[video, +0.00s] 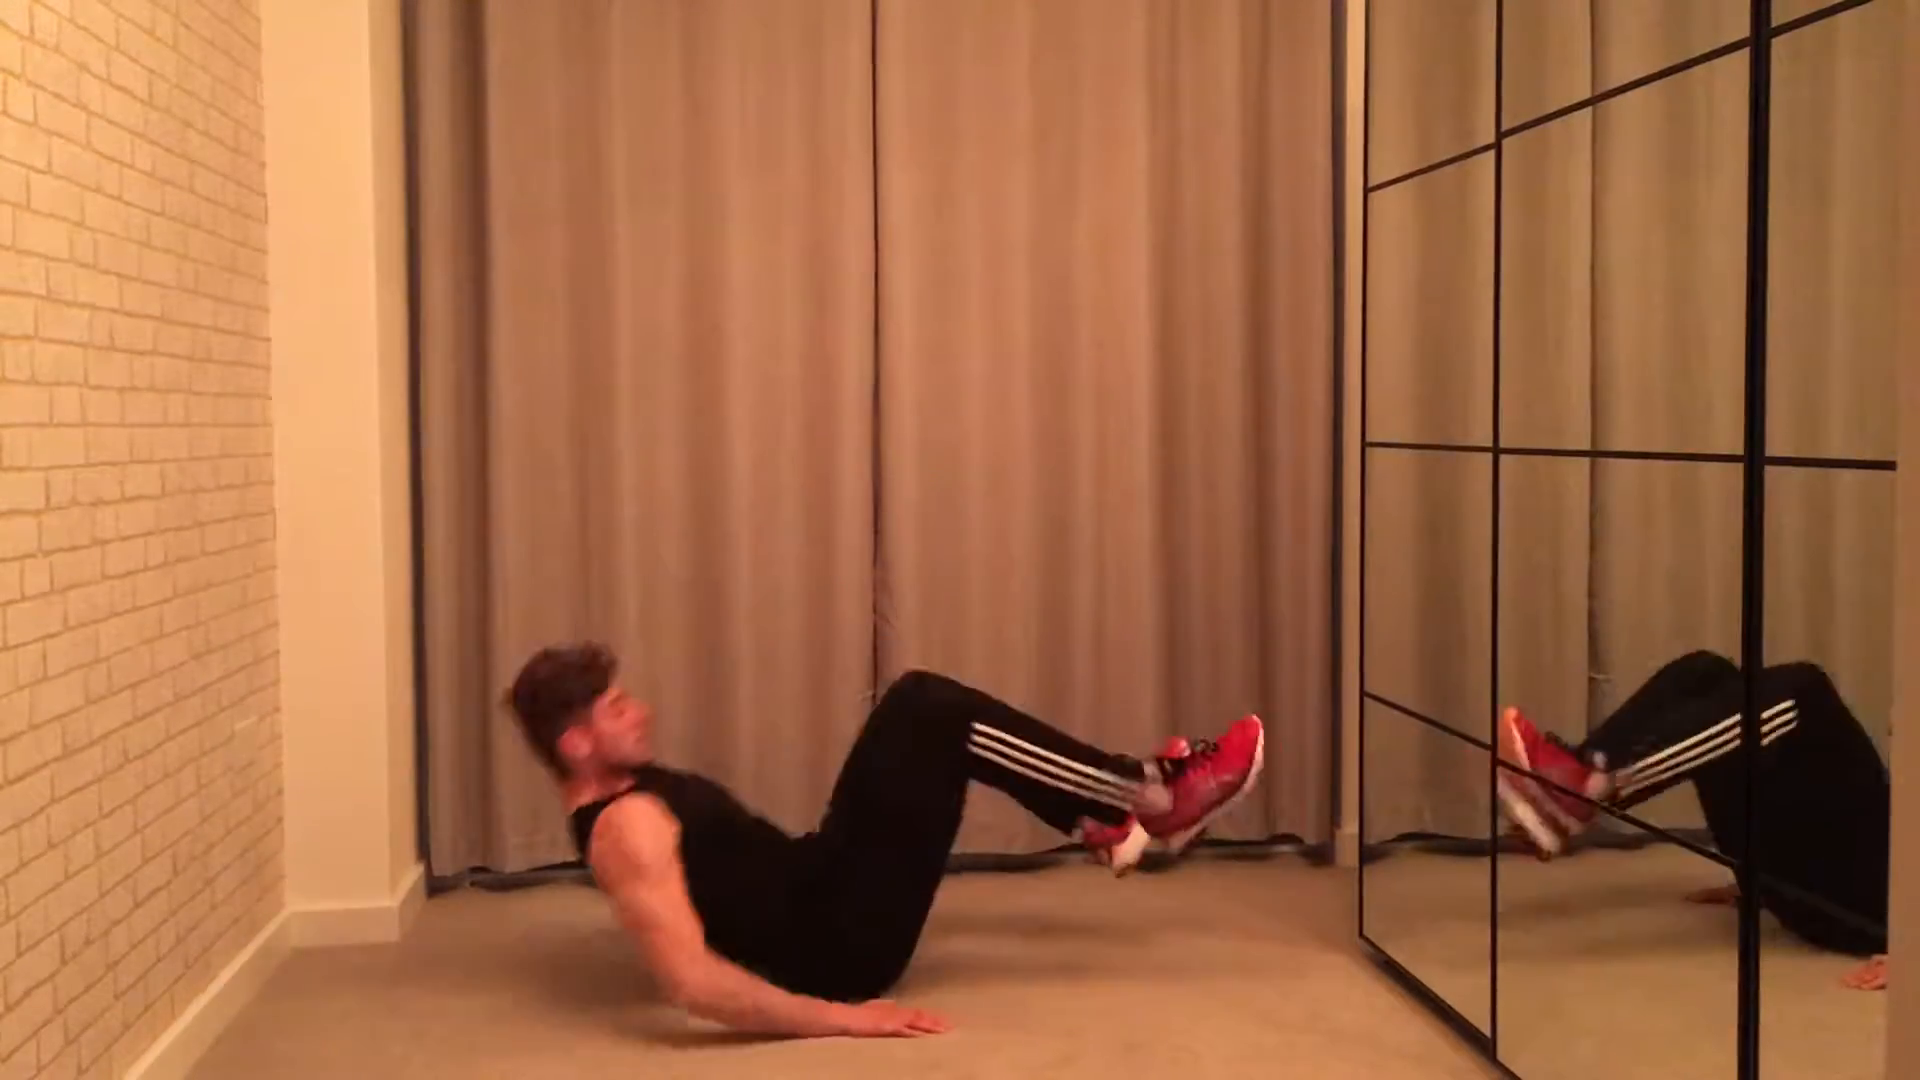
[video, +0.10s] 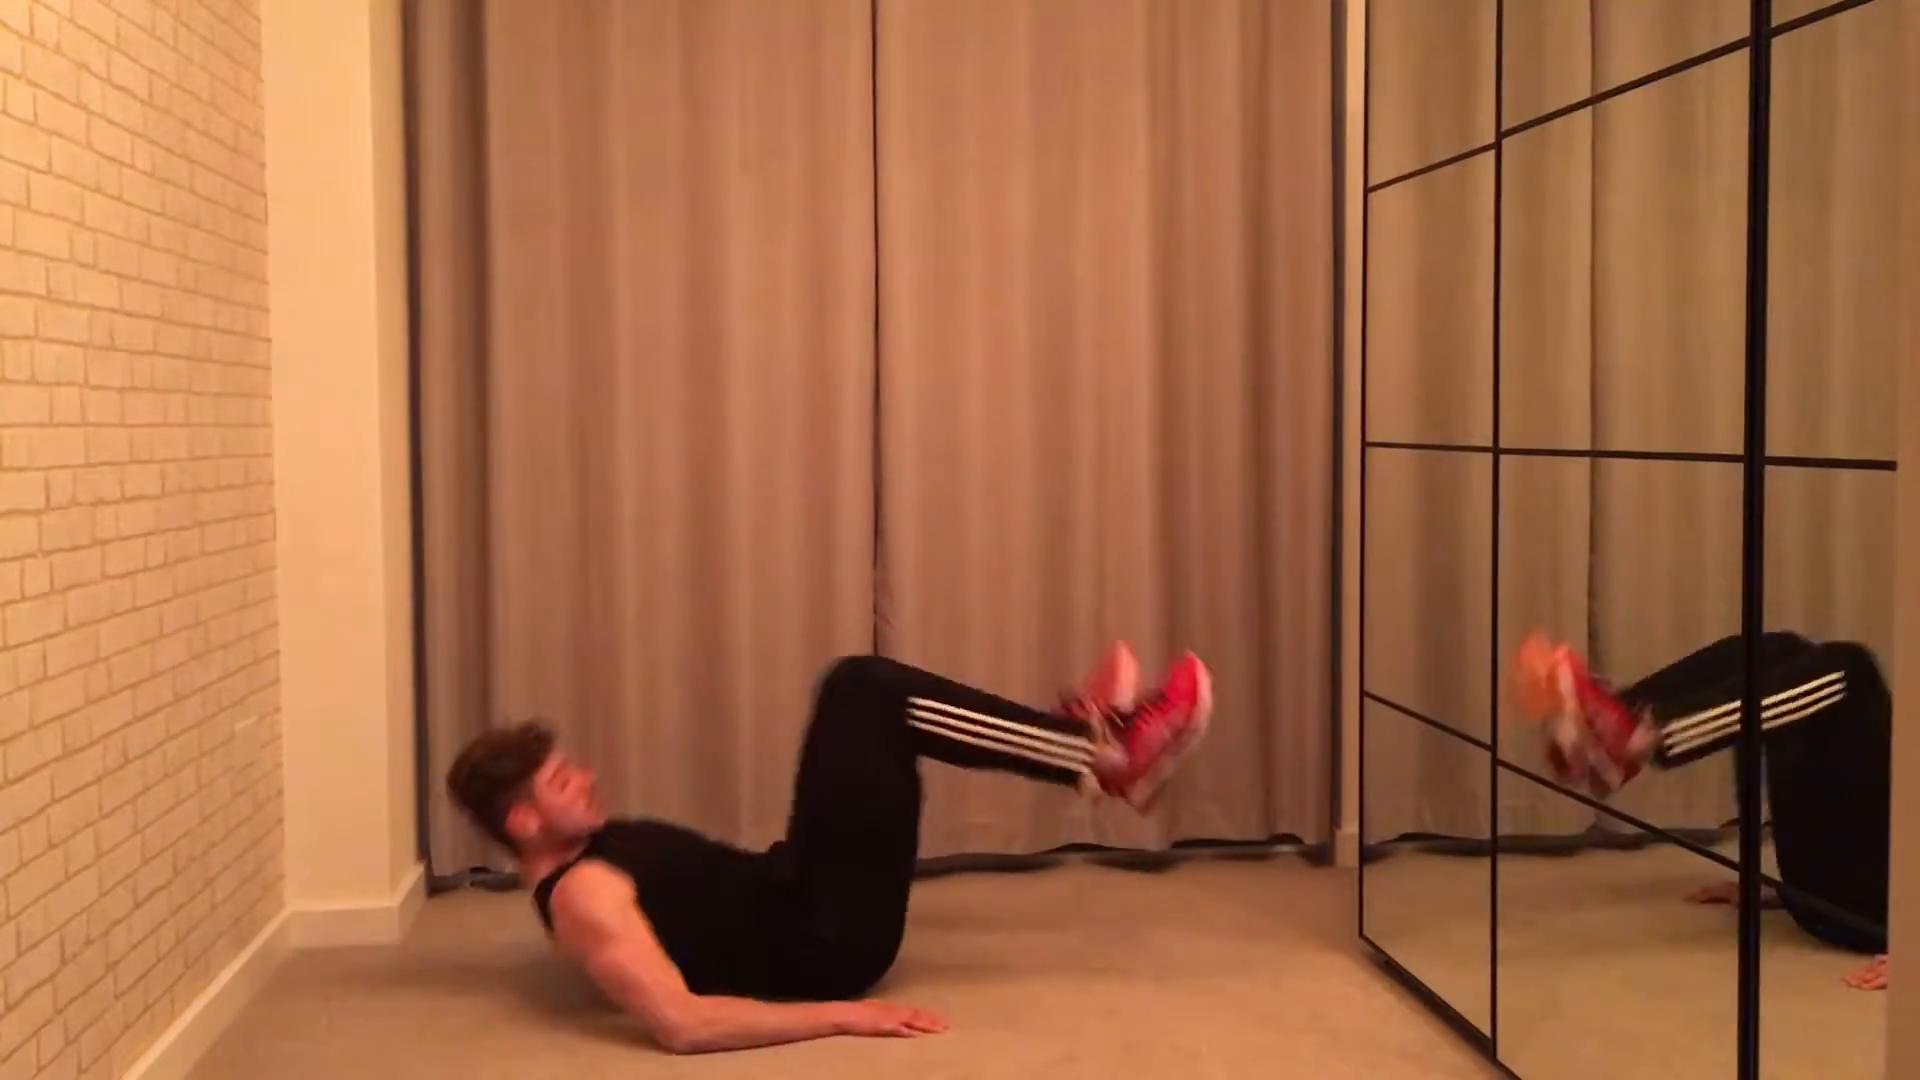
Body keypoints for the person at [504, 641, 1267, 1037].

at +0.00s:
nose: (636, 710)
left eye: (626, 697)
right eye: (617, 706)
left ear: (586, 737)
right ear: (577, 744)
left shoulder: (625, 801)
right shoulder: (627, 828)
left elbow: (696, 958)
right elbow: (691, 982)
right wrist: (843, 1016)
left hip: (823, 921)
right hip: (837, 958)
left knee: (919, 702)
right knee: (929, 710)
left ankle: (1103, 808)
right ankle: (1157, 801)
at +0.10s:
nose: (583, 777)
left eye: (570, 766)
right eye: (561, 778)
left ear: (542, 809)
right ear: (523, 824)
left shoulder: (586, 863)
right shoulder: (586, 896)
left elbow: (688, 986)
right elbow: (682, 1025)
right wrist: (842, 1015)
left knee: (857, 685)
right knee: (869, 693)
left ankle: (1073, 727)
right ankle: (1111, 761)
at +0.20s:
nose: (543, 841)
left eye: (527, 831)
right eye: (520, 845)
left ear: (507, 881)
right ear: (492, 894)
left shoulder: (561, 919)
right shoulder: (558, 946)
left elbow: (685, 1009)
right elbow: (683, 1029)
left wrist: (833, 1005)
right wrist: (839, 1006)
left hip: (802, 911)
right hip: (819, 932)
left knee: (768, 685)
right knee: (772, 687)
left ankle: (971, 629)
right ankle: (1015, 652)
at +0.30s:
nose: (500, 839)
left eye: (479, 834)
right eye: (477, 849)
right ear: (465, 908)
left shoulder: (555, 898)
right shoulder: (550, 954)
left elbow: (694, 910)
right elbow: (684, 1015)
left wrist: (841, 917)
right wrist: (843, 998)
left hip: (792, 910)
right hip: (807, 933)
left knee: (697, 703)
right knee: (695, 708)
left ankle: (833, 540)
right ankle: (854, 553)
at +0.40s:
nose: (470, 853)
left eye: (449, 853)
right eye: (448, 868)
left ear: (454, 918)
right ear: (449, 925)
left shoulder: (541, 915)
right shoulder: (545, 960)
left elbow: (687, 910)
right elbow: (700, 1007)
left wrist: (829, 924)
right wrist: (858, 1006)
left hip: (773, 893)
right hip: (788, 909)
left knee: (642, 701)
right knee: (644, 704)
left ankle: (685, 489)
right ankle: (702, 488)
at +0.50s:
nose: (455, 871)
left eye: (432, 873)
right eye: (434, 887)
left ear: (450, 934)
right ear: (441, 949)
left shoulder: (537, 931)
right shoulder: (540, 963)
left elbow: (687, 908)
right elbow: (695, 1010)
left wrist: (826, 923)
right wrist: (862, 1017)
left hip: (757, 862)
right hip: (764, 868)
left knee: (610, 675)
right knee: (605, 677)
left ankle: (584, 455)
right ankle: (587, 454)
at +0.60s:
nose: (452, 889)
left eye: (434, 889)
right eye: (434, 904)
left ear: (450, 939)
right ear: (441, 958)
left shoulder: (543, 933)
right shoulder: (540, 969)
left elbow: (699, 919)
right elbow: (692, 1013)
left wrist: (829, 923)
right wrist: (849, 1017)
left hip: (730, 818)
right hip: (734, 823)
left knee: (583, 623)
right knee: (577, 624)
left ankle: (534, 398)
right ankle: (534, 397)